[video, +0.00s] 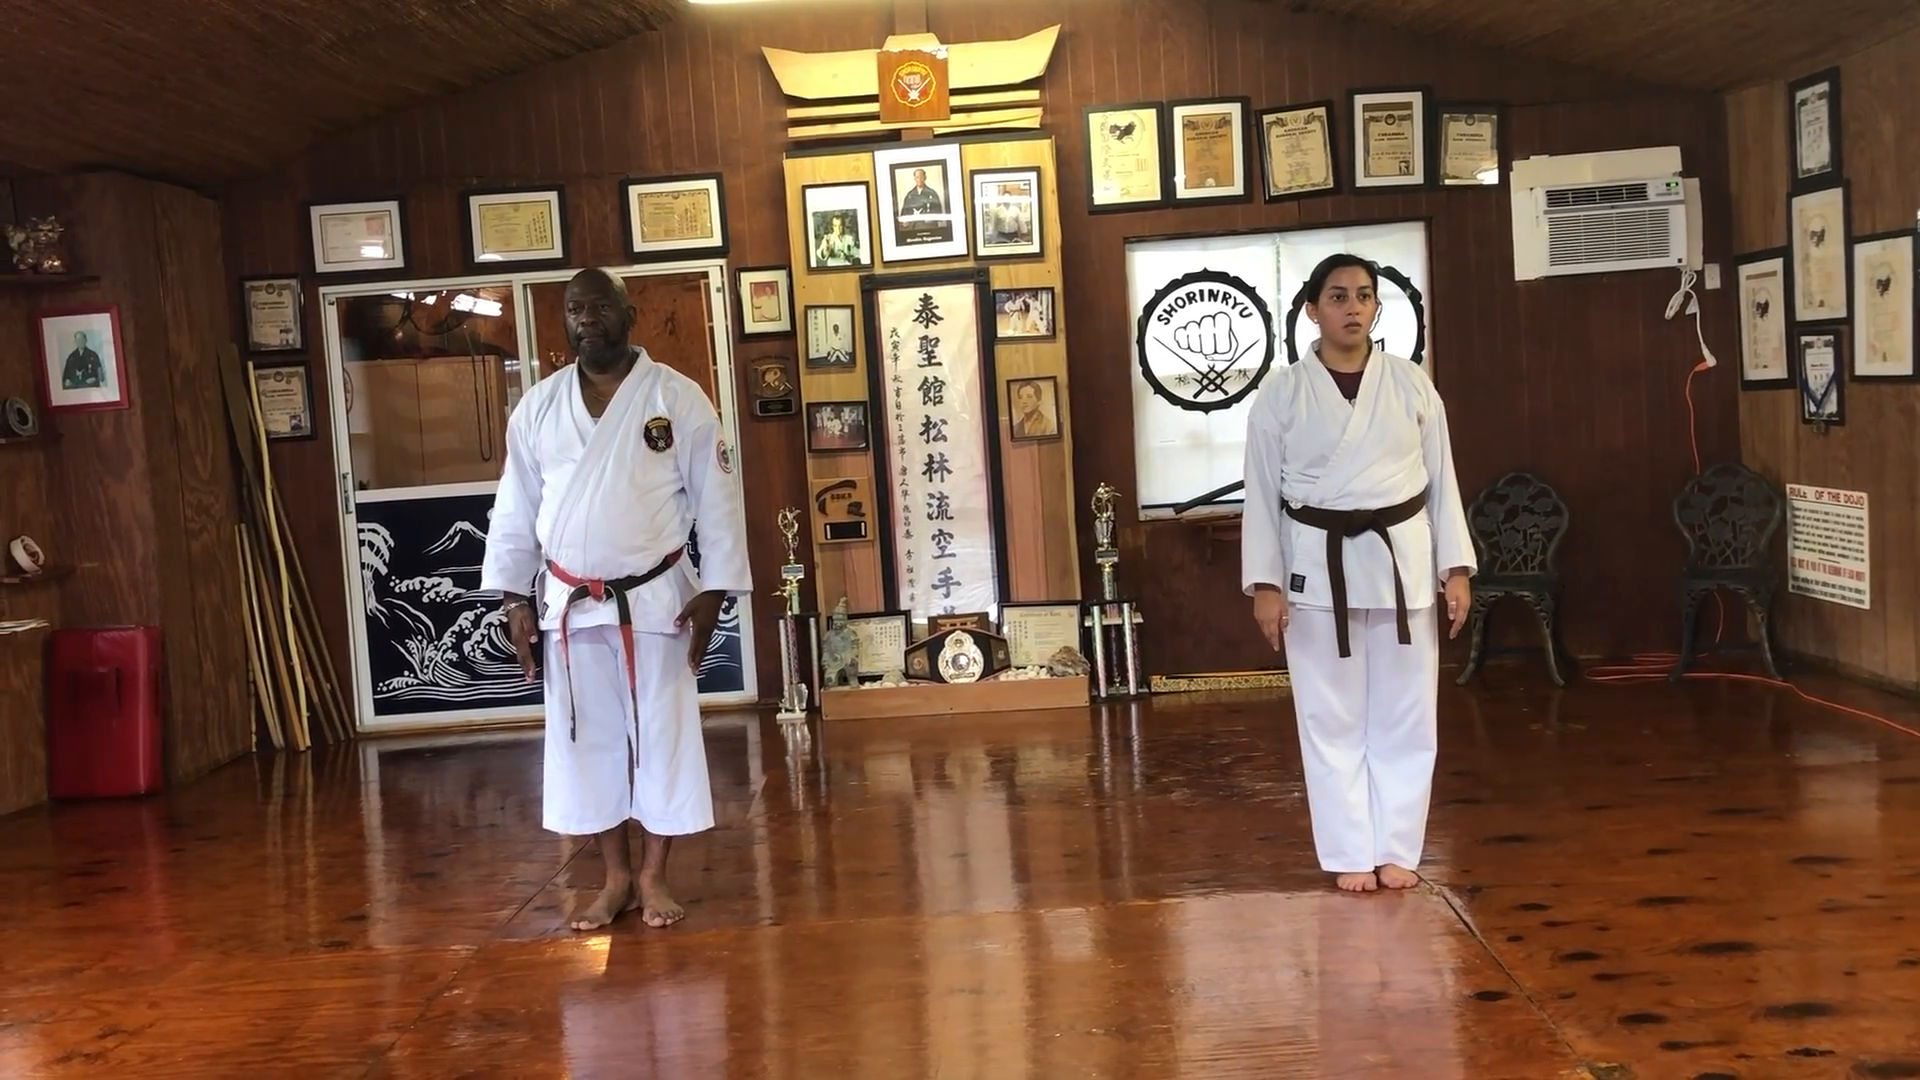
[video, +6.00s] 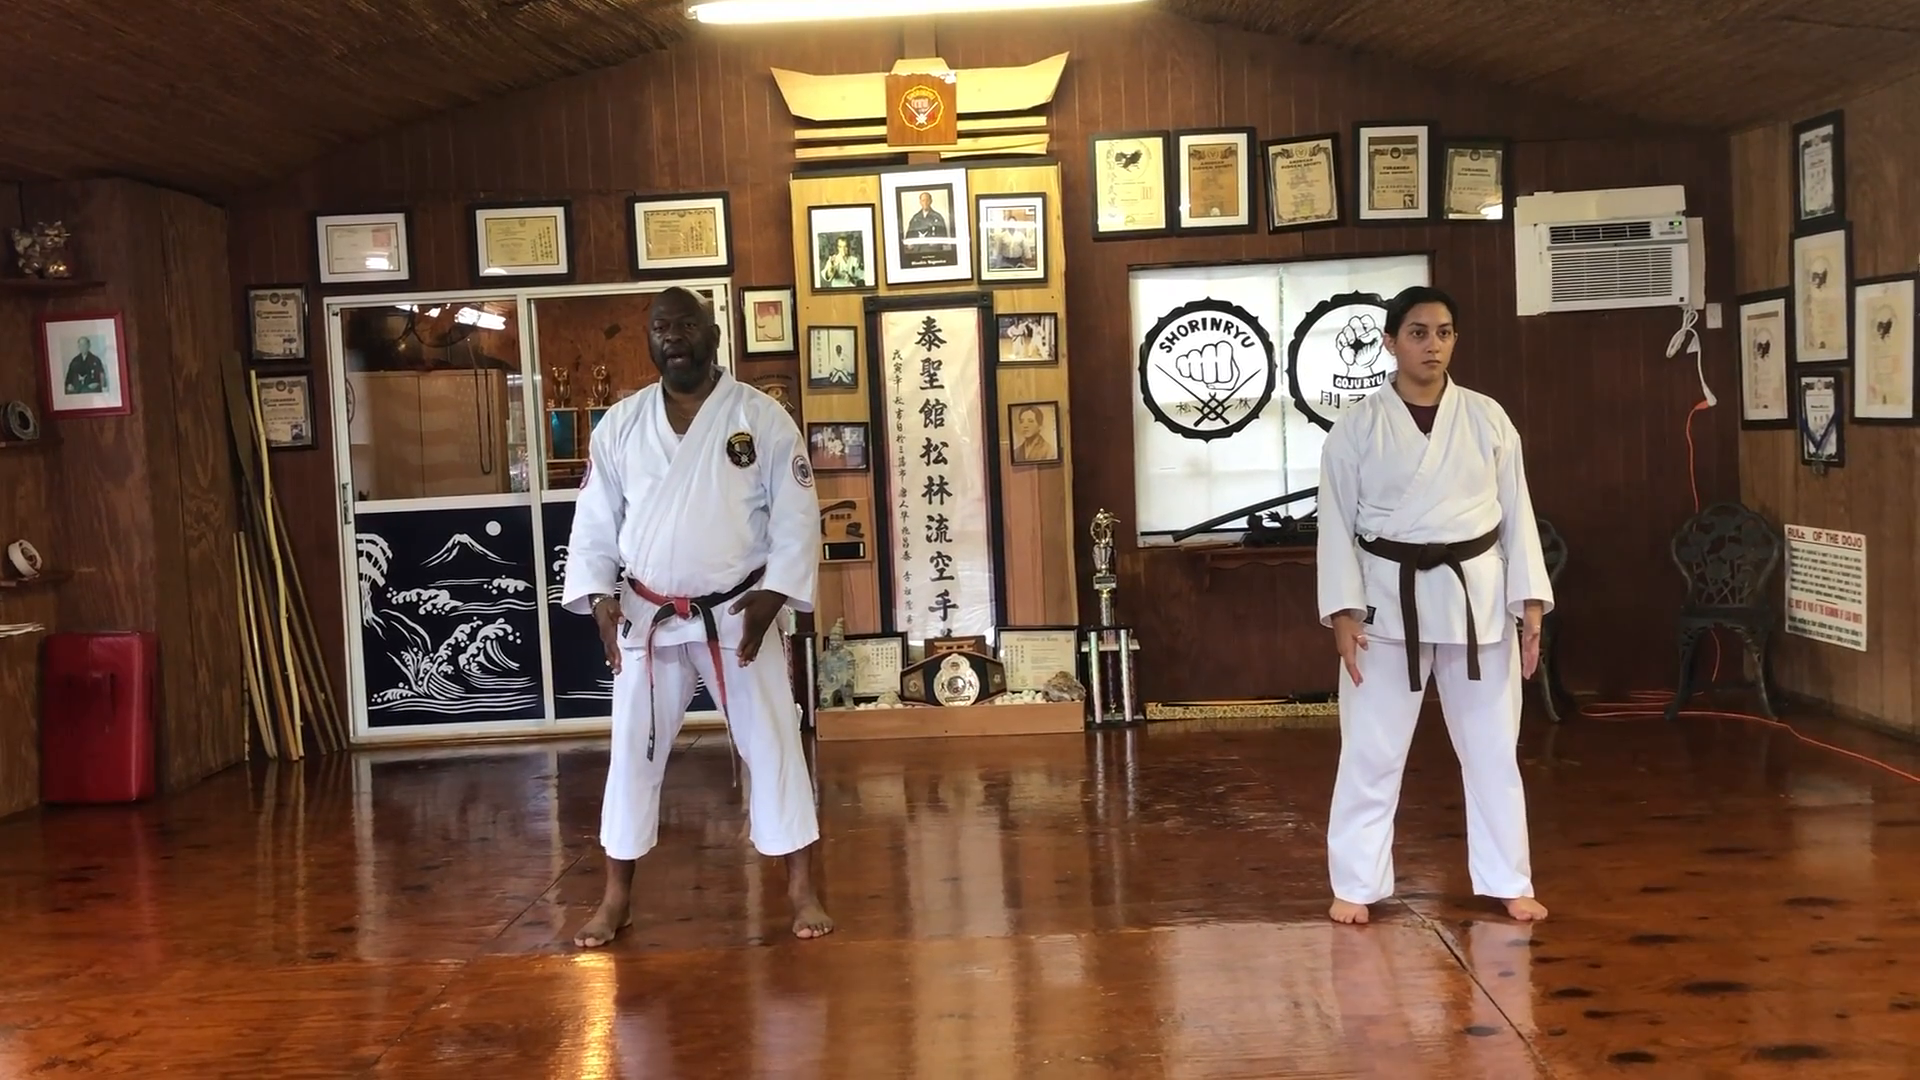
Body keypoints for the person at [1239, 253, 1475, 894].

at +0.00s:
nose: (1354, 307)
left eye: (1364, 296)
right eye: (1338, 296)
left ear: (1377, 308)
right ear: (1312, 309)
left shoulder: (1410, 382)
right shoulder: (1279, 393)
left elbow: (1440, 482)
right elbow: (1261, 494)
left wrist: (1455, 566)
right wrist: (1264, 582)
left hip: (1404, 567)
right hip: (1316, 572)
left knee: (1404, 715)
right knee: (1333, 718)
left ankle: (1397, 853)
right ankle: (1350, 857)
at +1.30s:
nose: (1370, 397)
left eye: (1382, 382)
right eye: (1357, 383)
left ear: (1397, 375)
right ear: (1329, 375)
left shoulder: (1422, 423)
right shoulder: (1286, 429)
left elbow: (1435, 518)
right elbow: (1261, 525)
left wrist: (1430, 603)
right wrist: (1273, 615)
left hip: (1393, 574)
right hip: (1313, 578)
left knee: (1392, 715)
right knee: (1327, 719)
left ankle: (1386, 857)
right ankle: (1345, 861)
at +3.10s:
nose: (1375, 313)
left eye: (1386, 301)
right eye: (1360, 301)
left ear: (1398, 313)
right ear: (1334, 312)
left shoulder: (1429, 387)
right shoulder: (1298, 396)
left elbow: (1458, 487)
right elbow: (1276, 497)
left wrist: (1478, 570)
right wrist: (1283, 586)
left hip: (1425, 563)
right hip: (1335, 567)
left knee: (1455, 710)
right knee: (1345, 721)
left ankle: (1480, 844)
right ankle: (1356, 860)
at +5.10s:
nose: (1438, 354)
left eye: (1448, 342)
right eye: (1423, 342)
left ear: (1461, 352)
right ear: (1397, 352)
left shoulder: (1493, 428)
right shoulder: (1361, 435)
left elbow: (1521, 525)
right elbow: (1339, 530)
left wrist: (1536, 610)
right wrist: (1344, 614)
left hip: (1485, 609)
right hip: (1390, 611)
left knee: (1498, 763)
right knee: (1375, 763)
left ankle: (1513, 895)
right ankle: (1358, 900)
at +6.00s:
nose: (1433, 344)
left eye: (1444, 332)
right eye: (1419, 332)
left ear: (1455, 343)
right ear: (1391, 342)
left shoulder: (1488, 418)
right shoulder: (1356, 425)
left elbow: (1517, 516)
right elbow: (1335, 522)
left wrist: (1530, 603)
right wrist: (1341, 607)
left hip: (1479, 601)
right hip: (1386, 602)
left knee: (1493, 753)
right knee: (1371, 754)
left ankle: (1510, 884)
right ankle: (1354, 889)